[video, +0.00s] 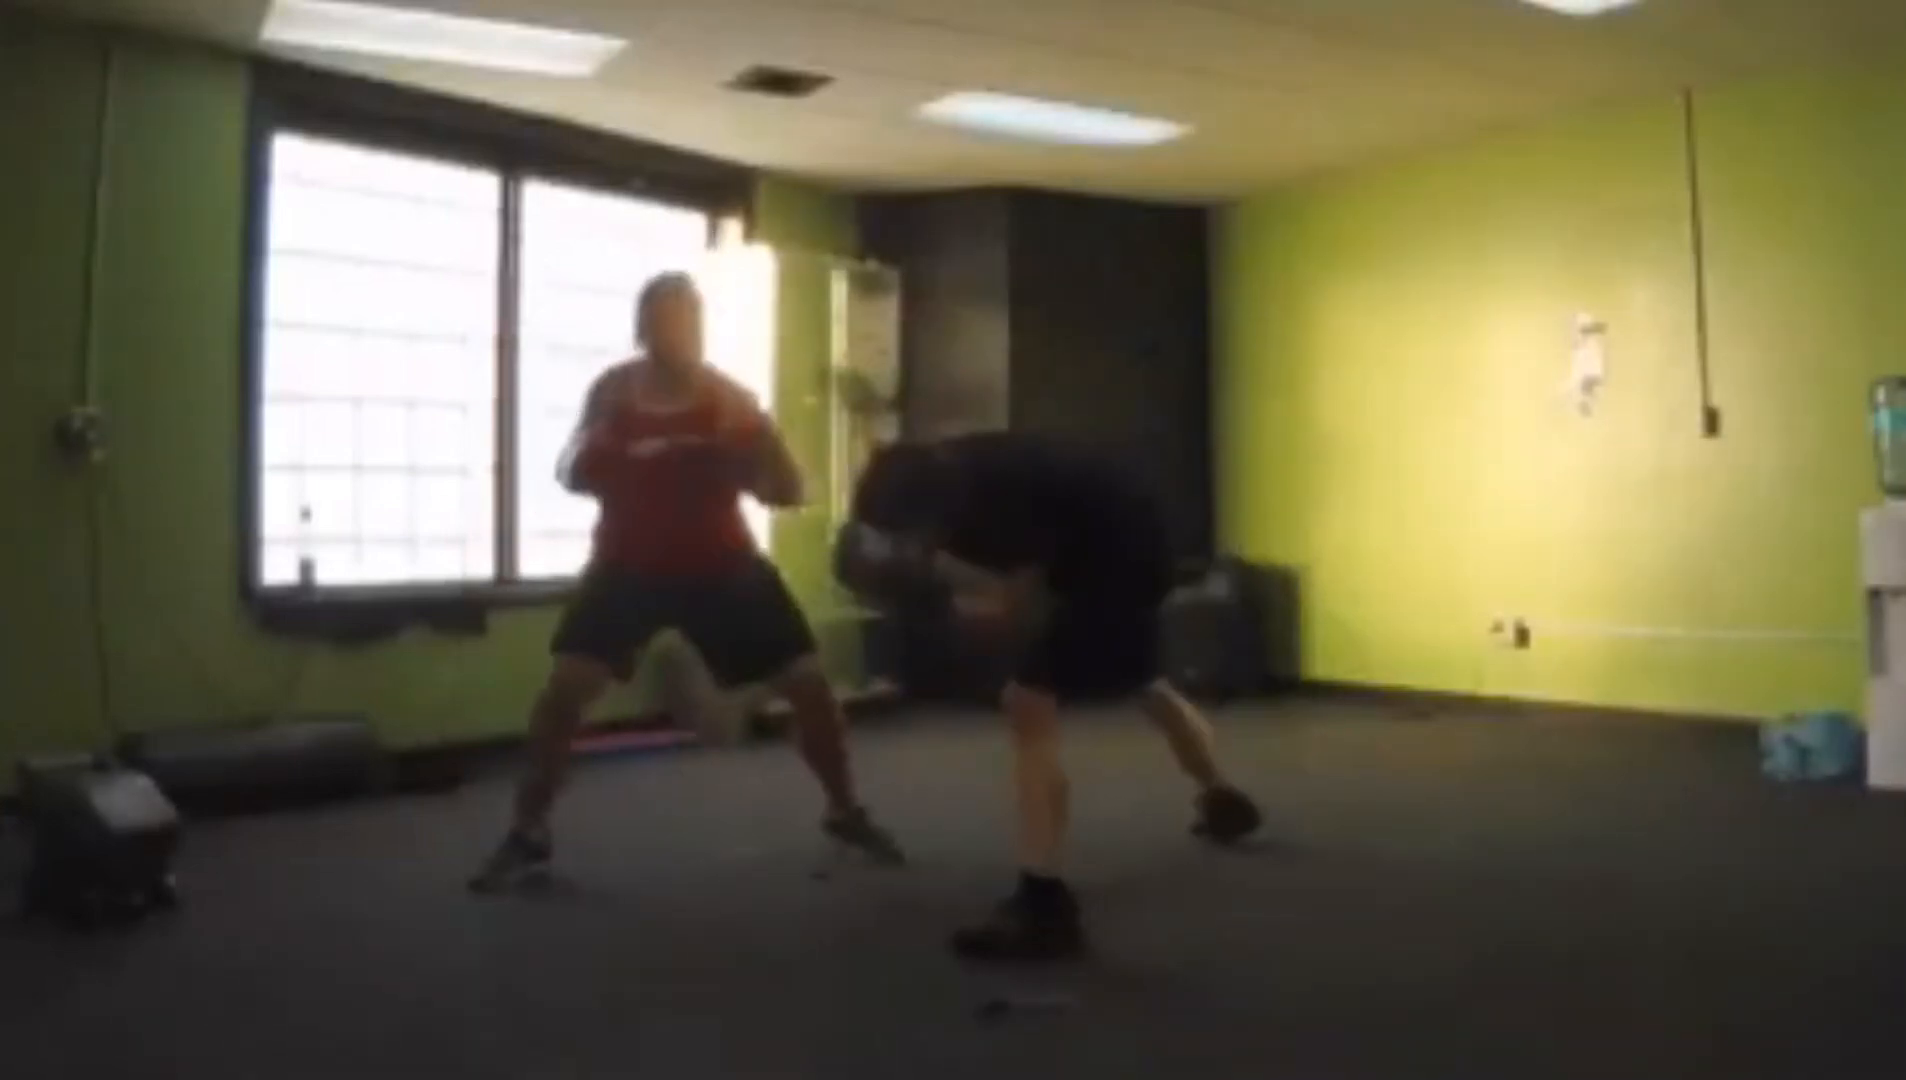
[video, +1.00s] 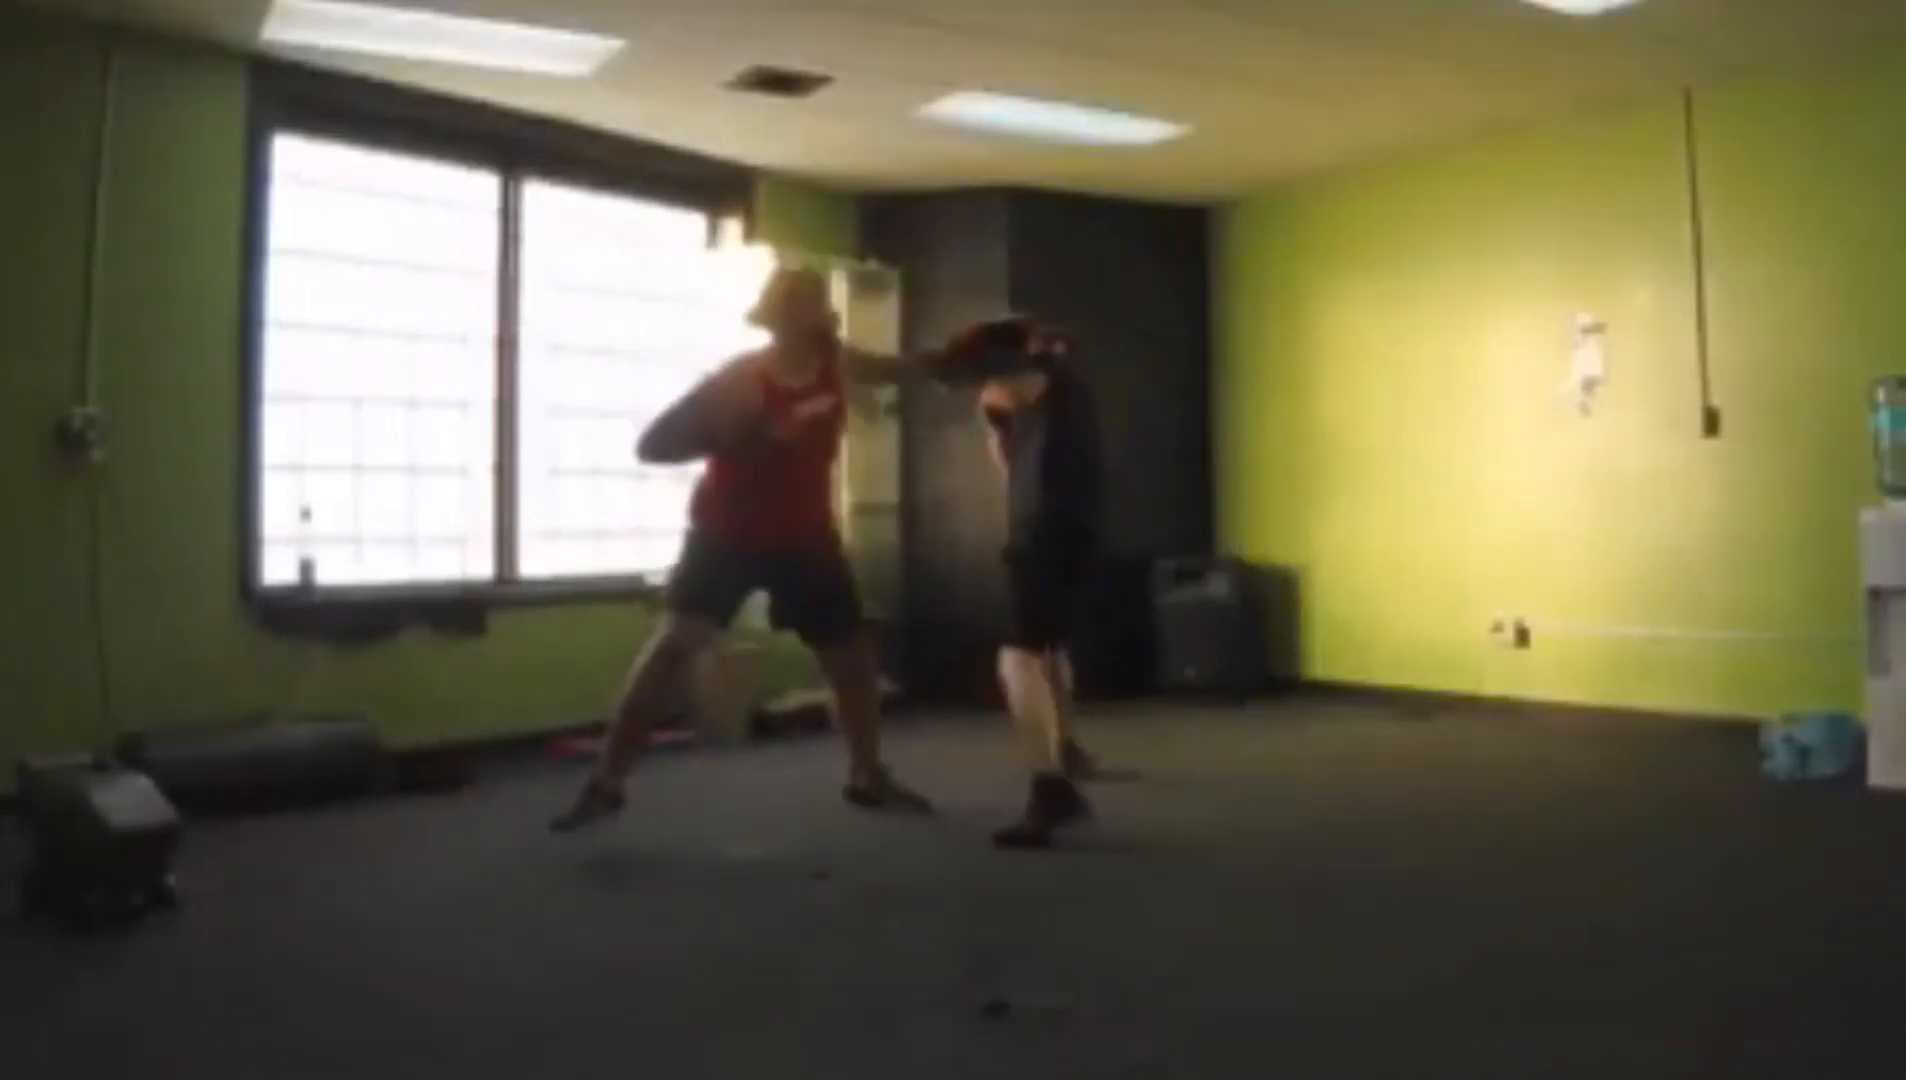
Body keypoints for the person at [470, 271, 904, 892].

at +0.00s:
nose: (676, 332)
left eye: (685, 317)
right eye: (663, 319)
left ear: (701, 325)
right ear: (643, 328)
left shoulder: (729, 402)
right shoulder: (616, 392)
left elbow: (786, 489)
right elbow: (576, 474)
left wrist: (731, 451)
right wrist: (638, 458)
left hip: (722, 568)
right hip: (629, 571)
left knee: (809, 684)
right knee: (565, 691)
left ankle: (845, 812)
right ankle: (528, 835)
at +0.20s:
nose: (800, 339)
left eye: (812, 326)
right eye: (789, 323)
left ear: (826, 330)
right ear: (770, 322)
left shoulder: (831, 403)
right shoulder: (717, 378)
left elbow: (869, 469)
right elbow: (634, 431)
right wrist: (700, 408)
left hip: (753, 548)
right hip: (671, 548)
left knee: (813, 677)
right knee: (611, 688)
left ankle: (844, 820)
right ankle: (535, 824)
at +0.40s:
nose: (868, 337)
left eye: (869, 323)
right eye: (858, 323)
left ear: (822, 323)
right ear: (831, 324)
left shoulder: (818, 382)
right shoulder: (799, 366)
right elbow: (866, 413)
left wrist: (837, 506)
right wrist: (922, 452)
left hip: (771, 545)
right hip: (700, 543)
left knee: (824, 674)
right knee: (649, 663)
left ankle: (845, 813)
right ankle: (563, 760)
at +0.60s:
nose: (841, 324)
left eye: (842, 309)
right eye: (832, 308)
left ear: (818, 311)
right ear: (797, 309)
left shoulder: (798, 388)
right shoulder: (736, 374)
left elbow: (794, 463)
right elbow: (729, 466)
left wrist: (836, 481)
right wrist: (825, 456)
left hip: (779, 545)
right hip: (704, 551)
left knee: (836, 672)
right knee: (659, 688)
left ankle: (846, 811)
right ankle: (599, 810)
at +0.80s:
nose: (796, 328)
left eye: (801, 315)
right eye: (783, 315)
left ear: (808, 319)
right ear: (755, 316)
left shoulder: (799, 380)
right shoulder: (708, 375)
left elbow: (860, 395)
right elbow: (684, 464)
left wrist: (922, 376)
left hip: (766, 535)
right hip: (690, 542)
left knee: (843, 636)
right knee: (655, 682)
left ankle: (854, 772)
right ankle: (601, 809)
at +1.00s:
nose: (816, 320)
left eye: (819, 307)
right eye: (803, 308)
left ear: (827, 314)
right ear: (777, 318)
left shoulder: (835, 366)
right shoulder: (742, 380)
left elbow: (895, 371)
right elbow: (654, 445)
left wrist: (948, 363)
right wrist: (732, 437)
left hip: (806, 540)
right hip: (726, 540)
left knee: (850, 654)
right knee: (673, 649)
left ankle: (867, 778)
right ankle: (607, 781)